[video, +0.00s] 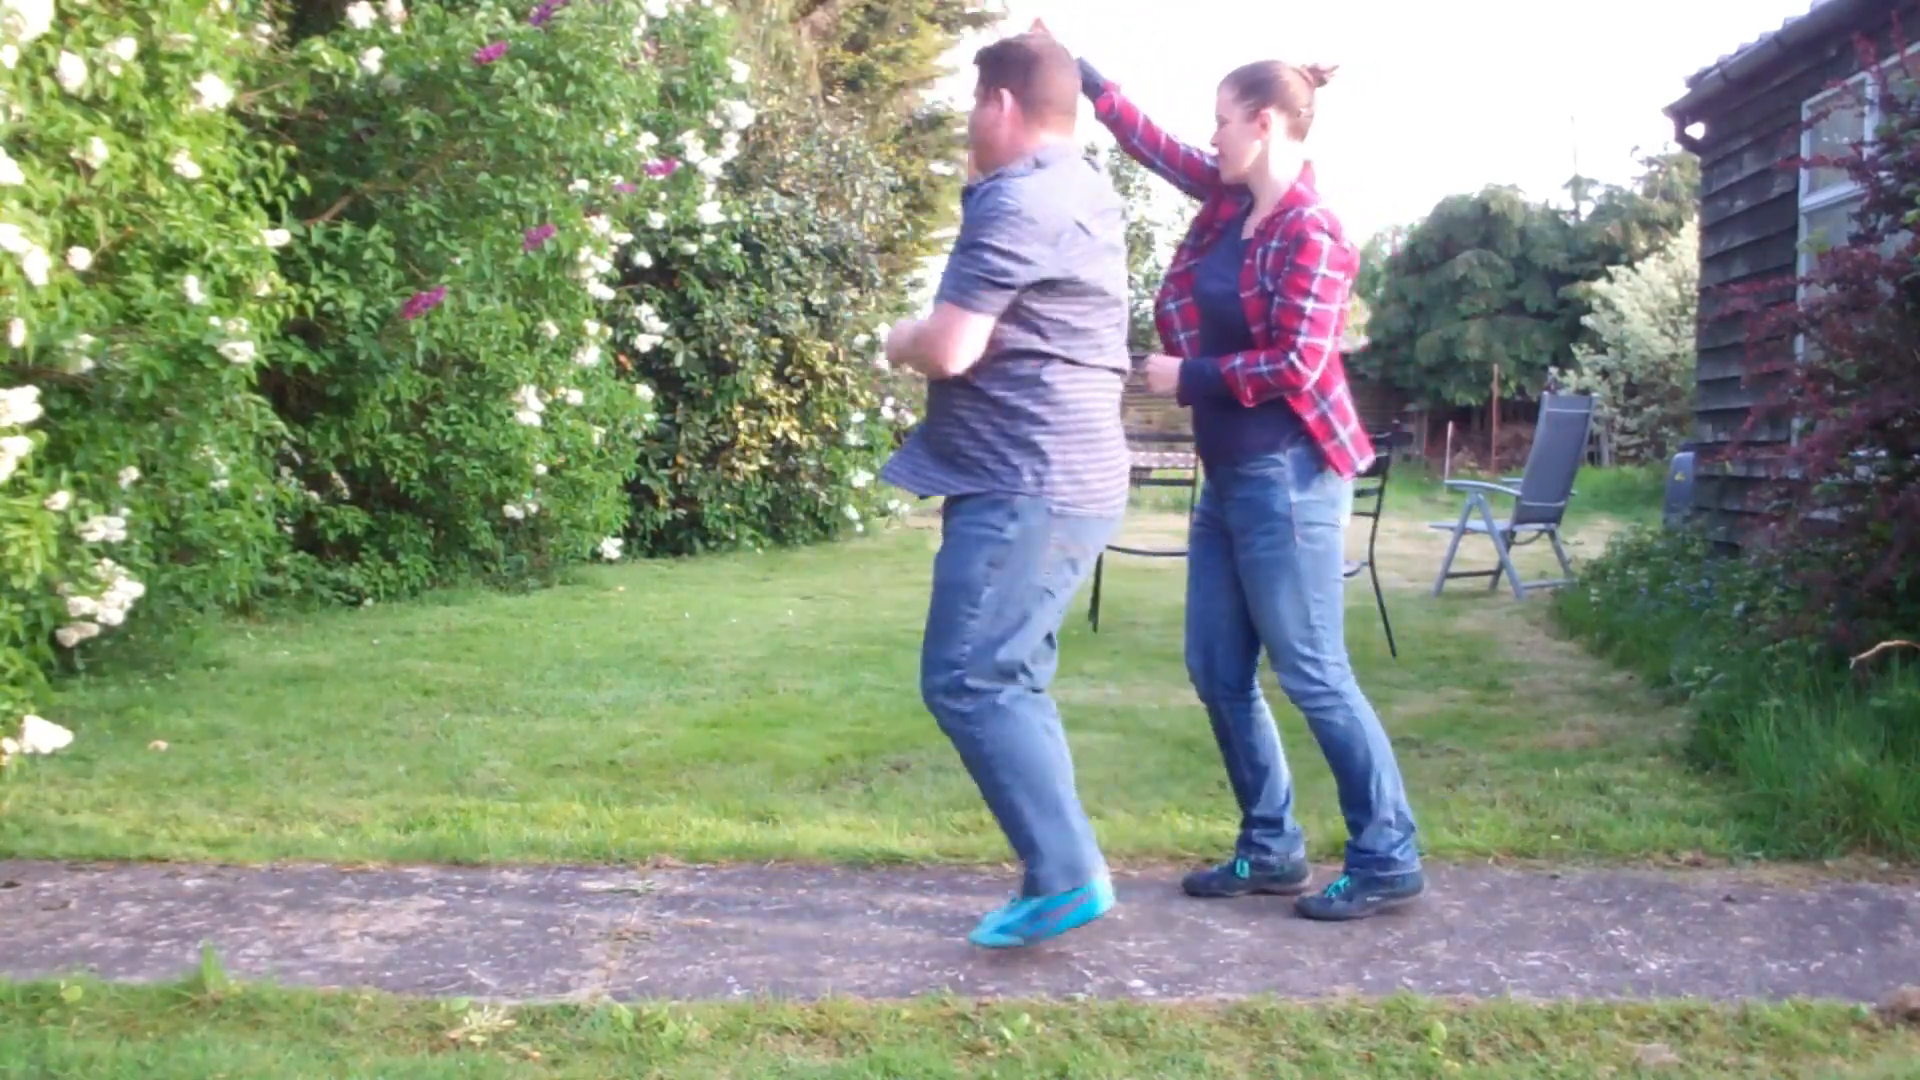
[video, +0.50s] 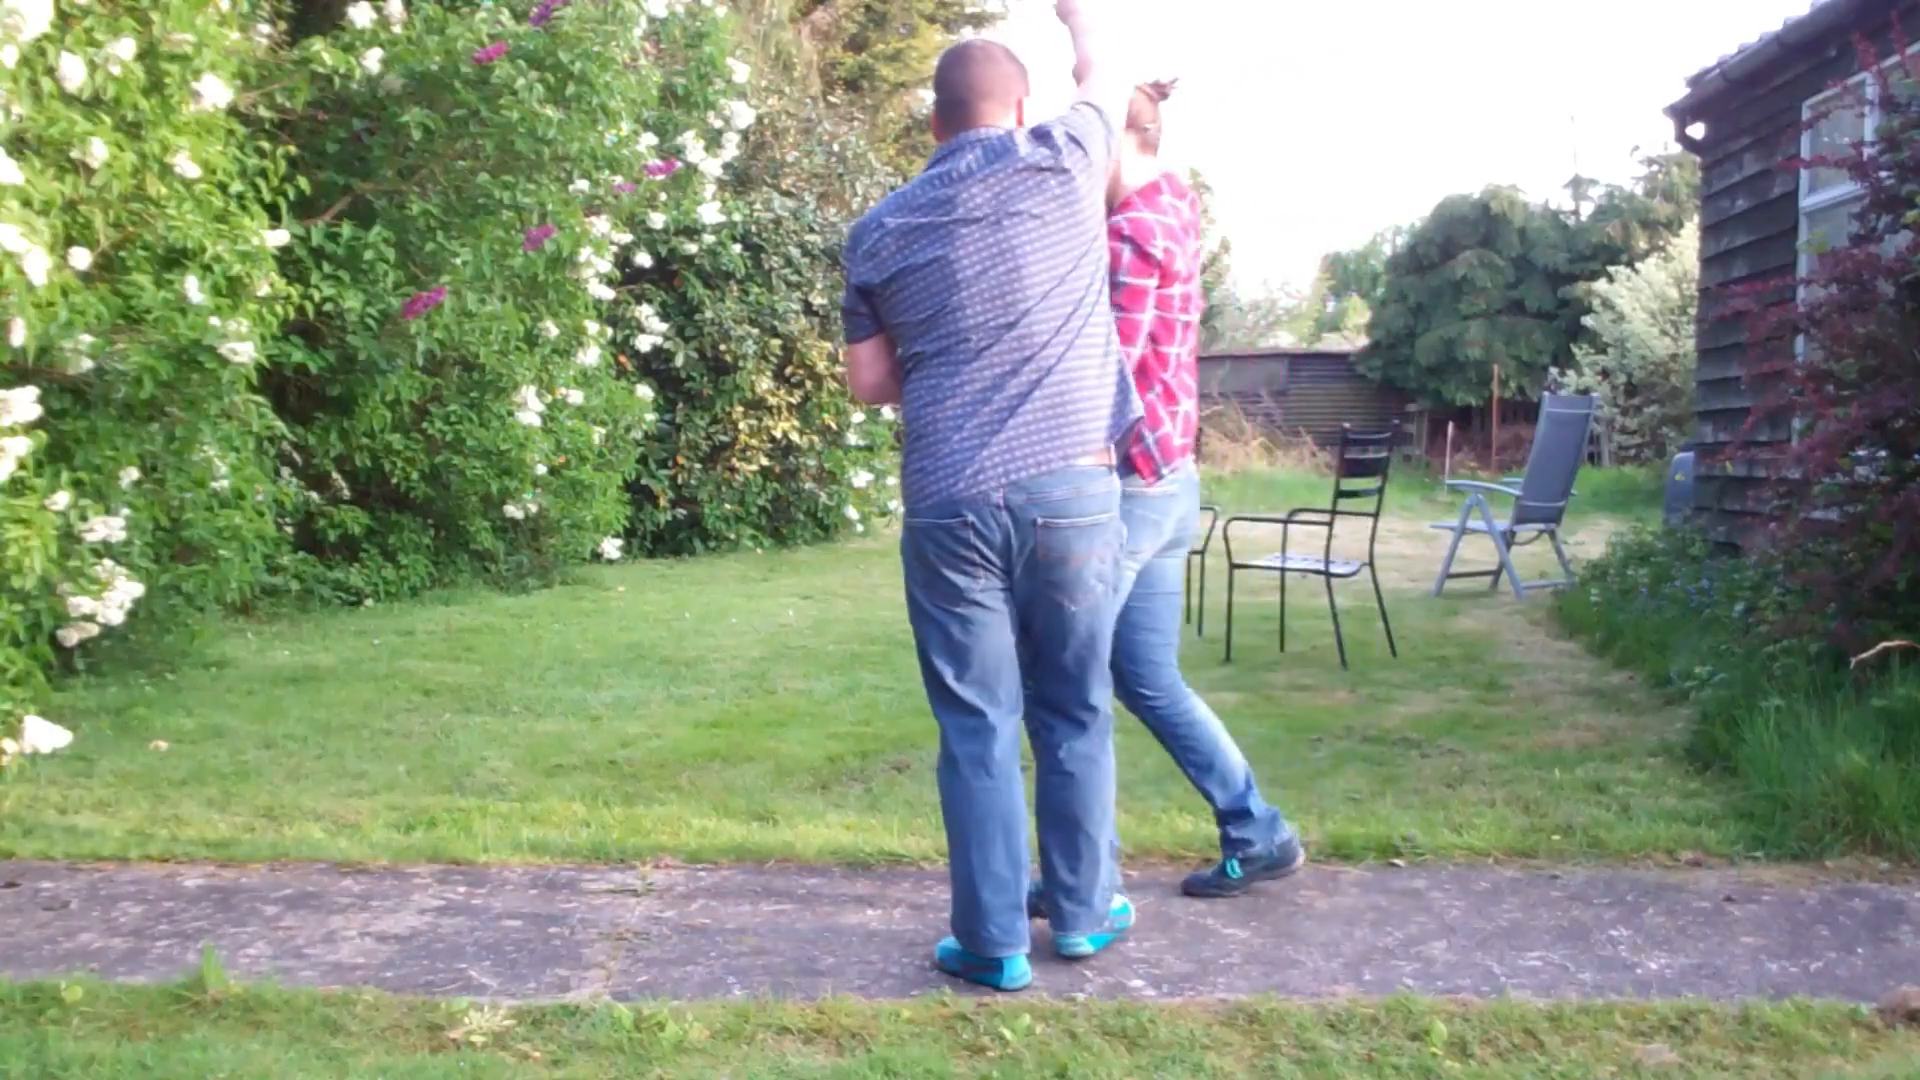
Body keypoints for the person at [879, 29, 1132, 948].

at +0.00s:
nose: (969, 124)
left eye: (976, 106)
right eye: (974, 106)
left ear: (1006, 106)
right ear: (1056, 108)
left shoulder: (1016, 198)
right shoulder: (1085, 191)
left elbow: (950, 350)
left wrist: (902, 340)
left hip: (1027, 483)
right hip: (1074, 477)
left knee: (966, 677)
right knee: (1013, 679)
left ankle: (1064, 880)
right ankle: (1066, 873)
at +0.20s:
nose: (960, 117)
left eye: (960, 105)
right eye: (1053, 103)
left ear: (963, 111)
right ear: (1056, 107)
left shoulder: (923, 207)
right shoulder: (1102, 183)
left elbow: (879, 349)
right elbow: (1066, 298)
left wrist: (974, 365)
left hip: (988, 494)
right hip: (1095, 489)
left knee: (971, 706)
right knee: (1049, 697)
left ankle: (990, 933)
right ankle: (1054, 907)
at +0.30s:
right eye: (1045, 94)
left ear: (947, 116)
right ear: (1038, 110)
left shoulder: (897, 221)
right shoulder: (1085, 174)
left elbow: (885, 370)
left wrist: (973, 373)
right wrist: (1037, 66)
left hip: (971, 493)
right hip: (1088, 485)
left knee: (977, 717)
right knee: (1060, 705)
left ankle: (994, 941)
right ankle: (1052, 914)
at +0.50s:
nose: (1027, 110)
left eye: (1012, 99)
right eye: (1022, 99)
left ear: (933, 117)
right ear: (1017, 108)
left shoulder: (877, 229)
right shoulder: (1061, 160)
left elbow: (869, 380)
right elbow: (1092, 76)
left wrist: (950, 355)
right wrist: (1068, 15)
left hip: (948, 493)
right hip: (1073, 475)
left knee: (974, 726)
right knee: (1076, 712)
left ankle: (990, 943)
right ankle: (1082, 912)